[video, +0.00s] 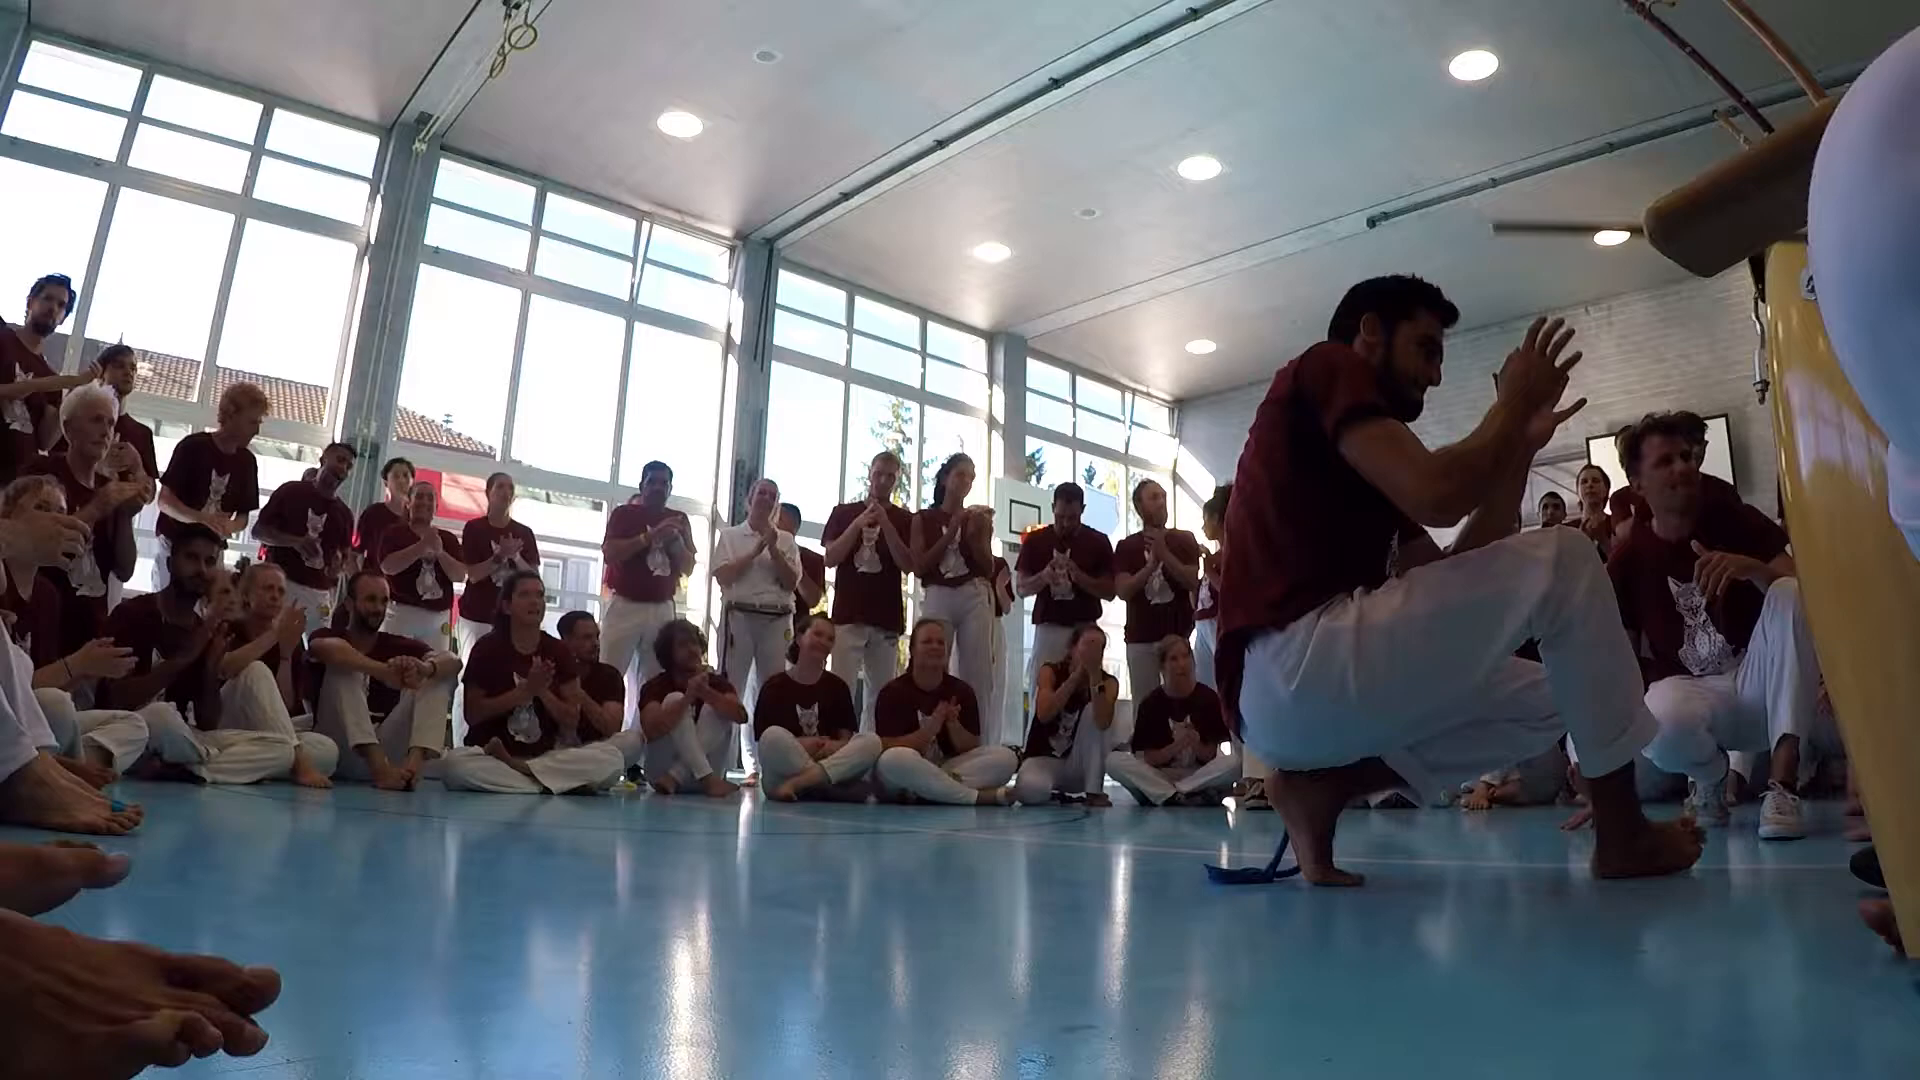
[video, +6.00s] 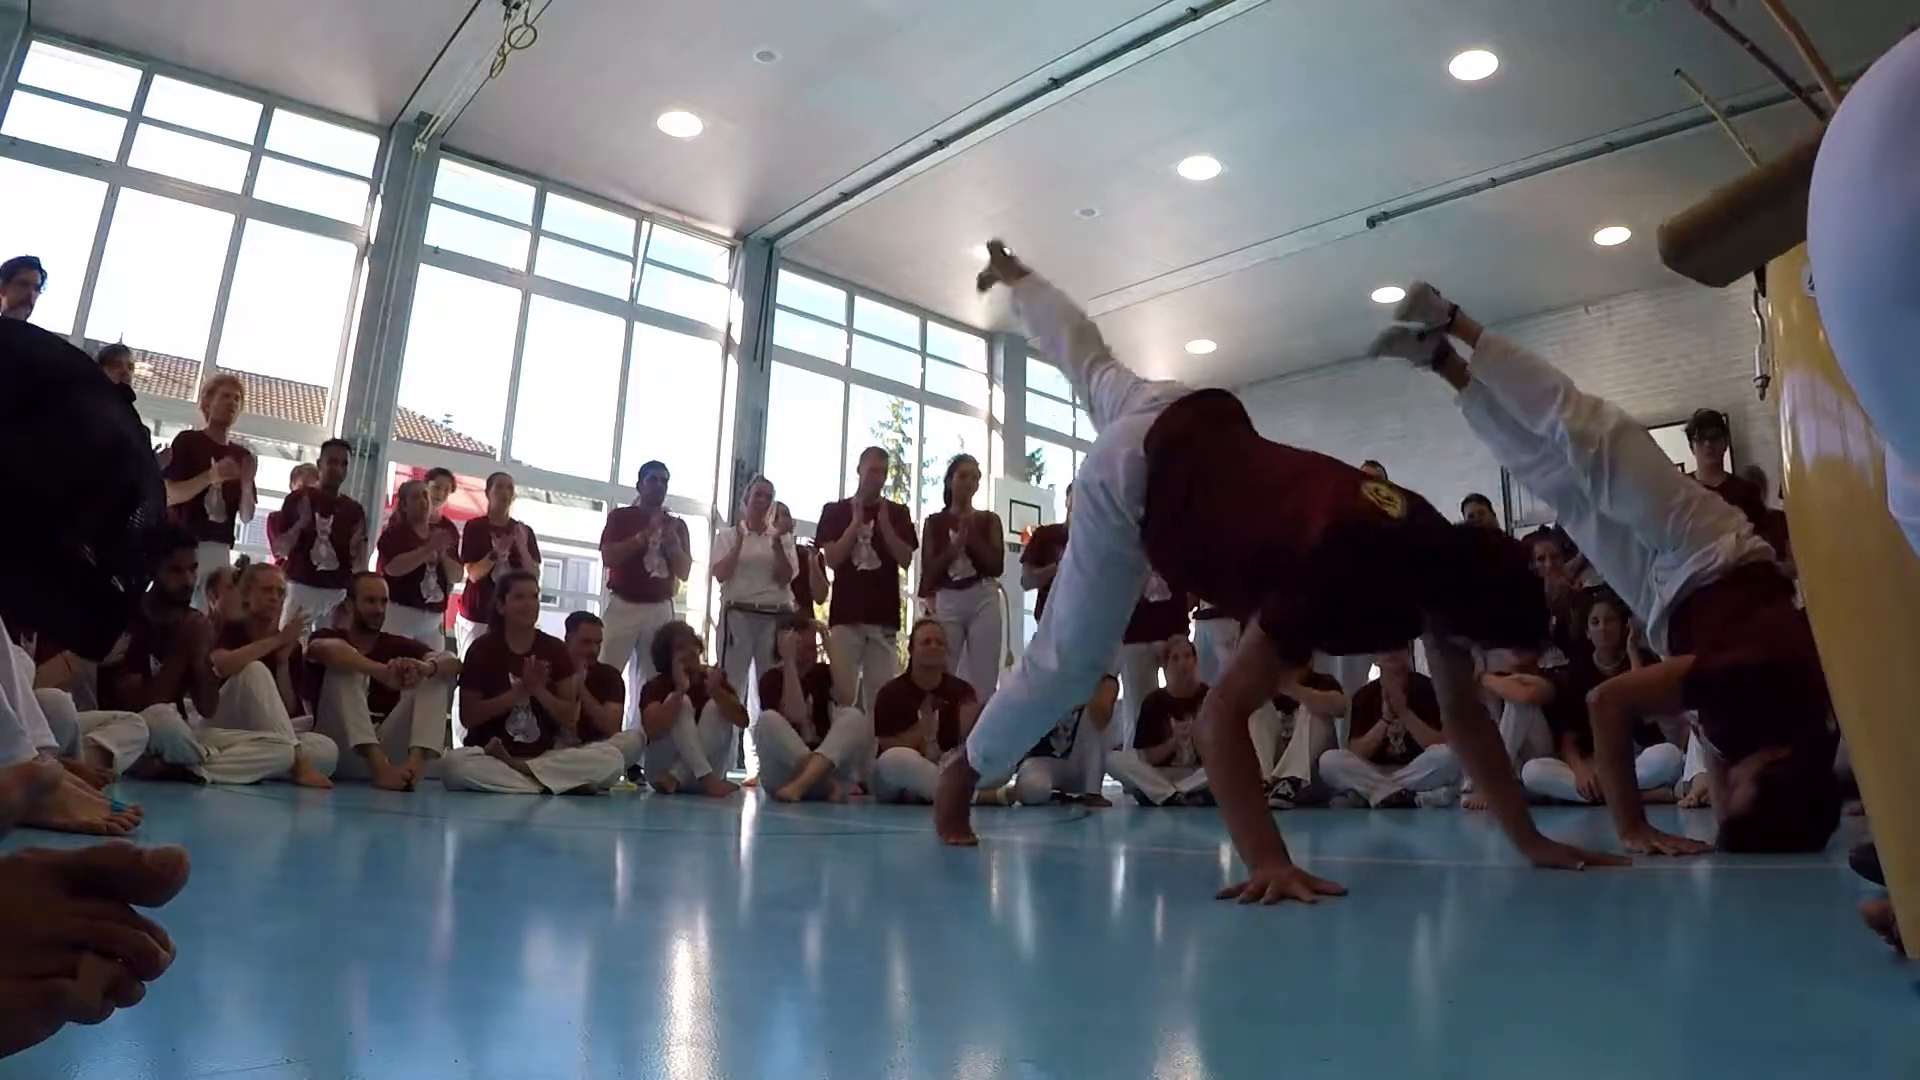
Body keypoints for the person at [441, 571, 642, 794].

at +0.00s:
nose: (535, 602)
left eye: (540, 596)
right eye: (525, 596)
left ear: (546, 603)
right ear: (506, 605)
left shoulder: (559, 649)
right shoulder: (486, 648)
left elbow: (572, 719)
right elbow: (473, 713)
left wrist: (541, 691)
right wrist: (526, 692)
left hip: (547, 756)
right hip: (490, 755)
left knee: (612, 759)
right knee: (454, 766)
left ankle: (523, 766)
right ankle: (549, 786)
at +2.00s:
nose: (531, 601)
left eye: (536, 595)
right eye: (521, 595)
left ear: (542, 602)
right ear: (503, 604)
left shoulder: (558, 648)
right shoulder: (483, 647)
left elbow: (572, 717)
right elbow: (470, 714)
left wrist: (541, 689)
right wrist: (522, 689)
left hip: (546, 756)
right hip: (491, 756)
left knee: (612, 759)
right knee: (455, 765)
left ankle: (523, 766)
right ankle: (549, 786)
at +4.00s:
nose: (531, 601)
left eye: (536, 595)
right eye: (521, 594)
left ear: (542, 601)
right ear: (502, 604)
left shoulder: (556, 649)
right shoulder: (483, 647)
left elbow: (570, 716)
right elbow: (470, 715)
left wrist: (539, 689)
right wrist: (521, 690)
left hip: (546, 756)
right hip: (489, 755)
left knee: (612, 759)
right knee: (455, 766)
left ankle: (524, 766)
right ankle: (549, 786)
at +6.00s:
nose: (529, 604)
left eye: (534, 597)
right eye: (520, 597)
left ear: (540, 603)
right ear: (501, 605)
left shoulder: (556, 648)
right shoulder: (481, 649)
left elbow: (569, 717)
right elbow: (469, 717)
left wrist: (537, 689)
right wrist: (521, 691)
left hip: (545, 755)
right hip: (488, 754)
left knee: (612, 758)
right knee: (454, 766)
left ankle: (522, 766)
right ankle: (547, 786)